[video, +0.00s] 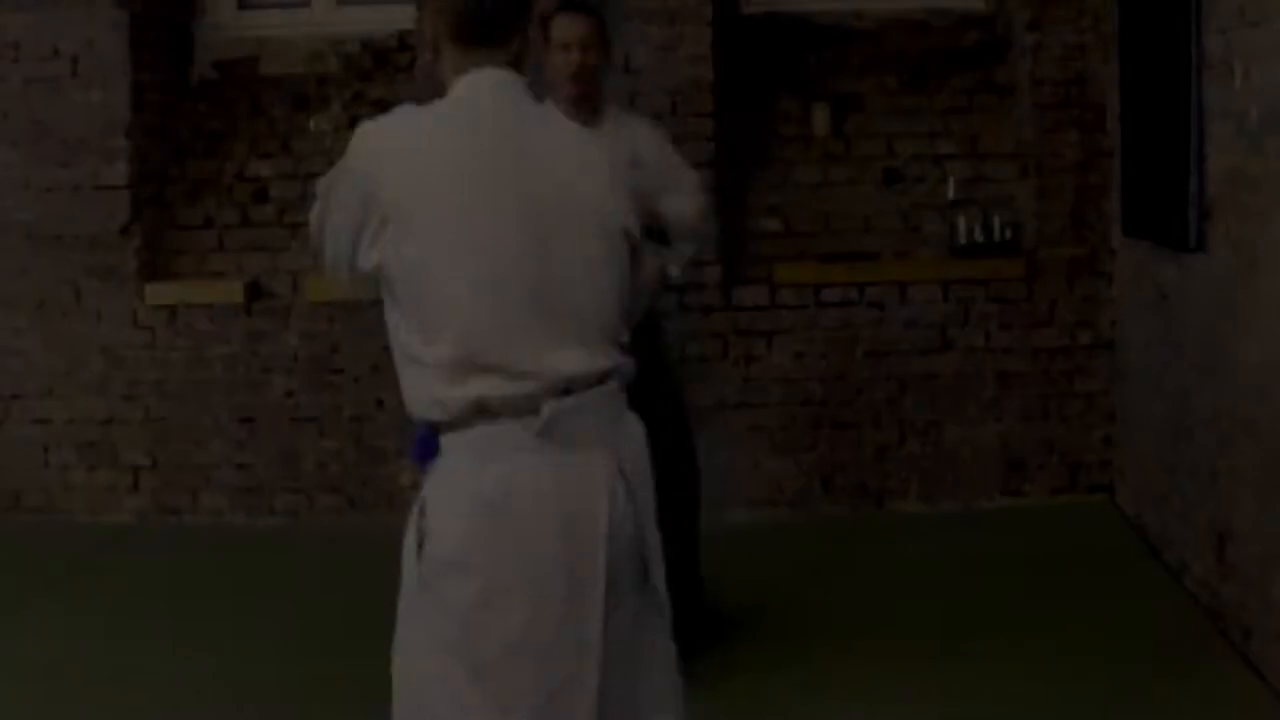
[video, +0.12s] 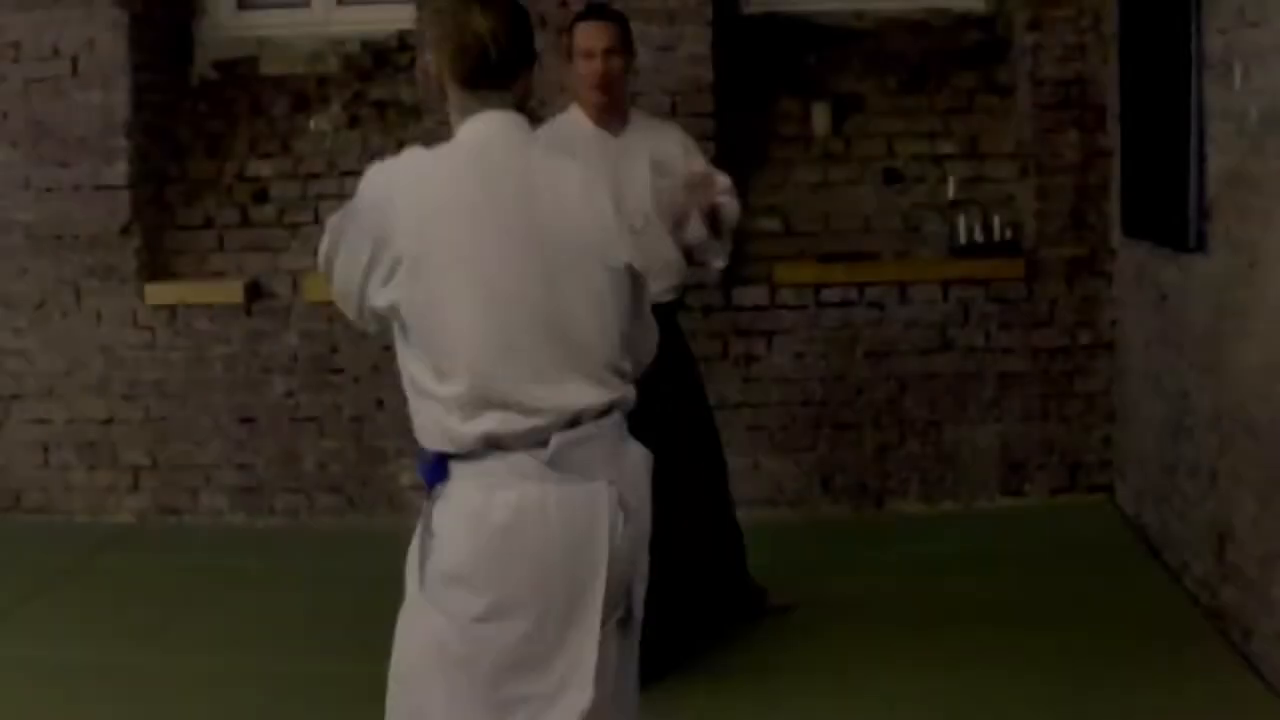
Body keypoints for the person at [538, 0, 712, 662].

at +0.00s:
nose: (575, 61)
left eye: (586, 47)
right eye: (562, 48)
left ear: (605, 55)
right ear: (542, 55)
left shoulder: (634, 138)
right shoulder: (523, 139)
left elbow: (692, 218)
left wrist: (650, 270)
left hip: (635, 334)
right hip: (549, 332)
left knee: (667, 471)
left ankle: (677, 613)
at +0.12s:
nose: (599, 68)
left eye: (612, 55)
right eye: (586, 56)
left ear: (630, 63)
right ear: (569, 65)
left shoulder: (667, 143)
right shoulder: (546, 150)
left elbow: (712, 243)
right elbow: (518, 234)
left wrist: (708, 216)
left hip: (660, 324)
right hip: (576, 329)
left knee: (691, 476)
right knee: (593, 475)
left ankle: (705, 616)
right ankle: (599, 628)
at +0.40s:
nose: (619, 77)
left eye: (631, 62)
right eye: (608, 66)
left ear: (659, 64)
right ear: (594, 76)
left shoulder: (707, 126)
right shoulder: (591, 157)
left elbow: (730, 178)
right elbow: (577, 237)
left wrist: (665, 130)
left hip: (720, 332)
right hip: (645, 337)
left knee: (749, 480)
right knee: (678, 489)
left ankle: (759, 616)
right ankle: (695, 632)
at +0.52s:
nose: (596, 75)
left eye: (607, 59)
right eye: (588, 65)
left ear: (645, 59)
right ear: (590, 76)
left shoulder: (676, 120)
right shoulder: (625, 136)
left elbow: (618, 188)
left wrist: (545, 172)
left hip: (723, 332)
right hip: (676, 334)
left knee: (734, 501)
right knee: (706, 499)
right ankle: (718, 640)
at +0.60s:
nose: (593, 74)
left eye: (602, 59)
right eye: (587, 64)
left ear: (640, 53)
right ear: (620, 62)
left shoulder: (665, 114)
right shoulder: (645, 115)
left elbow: (592, 193)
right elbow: (595, 192)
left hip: (709, 304)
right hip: (692, 301)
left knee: (725, 476)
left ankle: (749, 632)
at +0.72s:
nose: (593, 82)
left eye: (600, 65)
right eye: (588, 70)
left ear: (641, 53)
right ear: (651, 59)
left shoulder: (650, 121)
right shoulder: (716, 115)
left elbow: (600, 213)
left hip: (686, 295)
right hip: (744, 293)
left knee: (705, 470)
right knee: (765, 454)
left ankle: (729, 641)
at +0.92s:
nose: (595, 90)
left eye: (598, 72)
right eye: (588, 77)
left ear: (639, 58)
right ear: (651, 63)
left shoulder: (660, 123)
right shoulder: (707, 116)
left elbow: (640, 226)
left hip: (689, 293)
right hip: (737, 291)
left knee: (679, 473)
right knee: (716, 469)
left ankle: (703, 642)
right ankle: (719, 634)